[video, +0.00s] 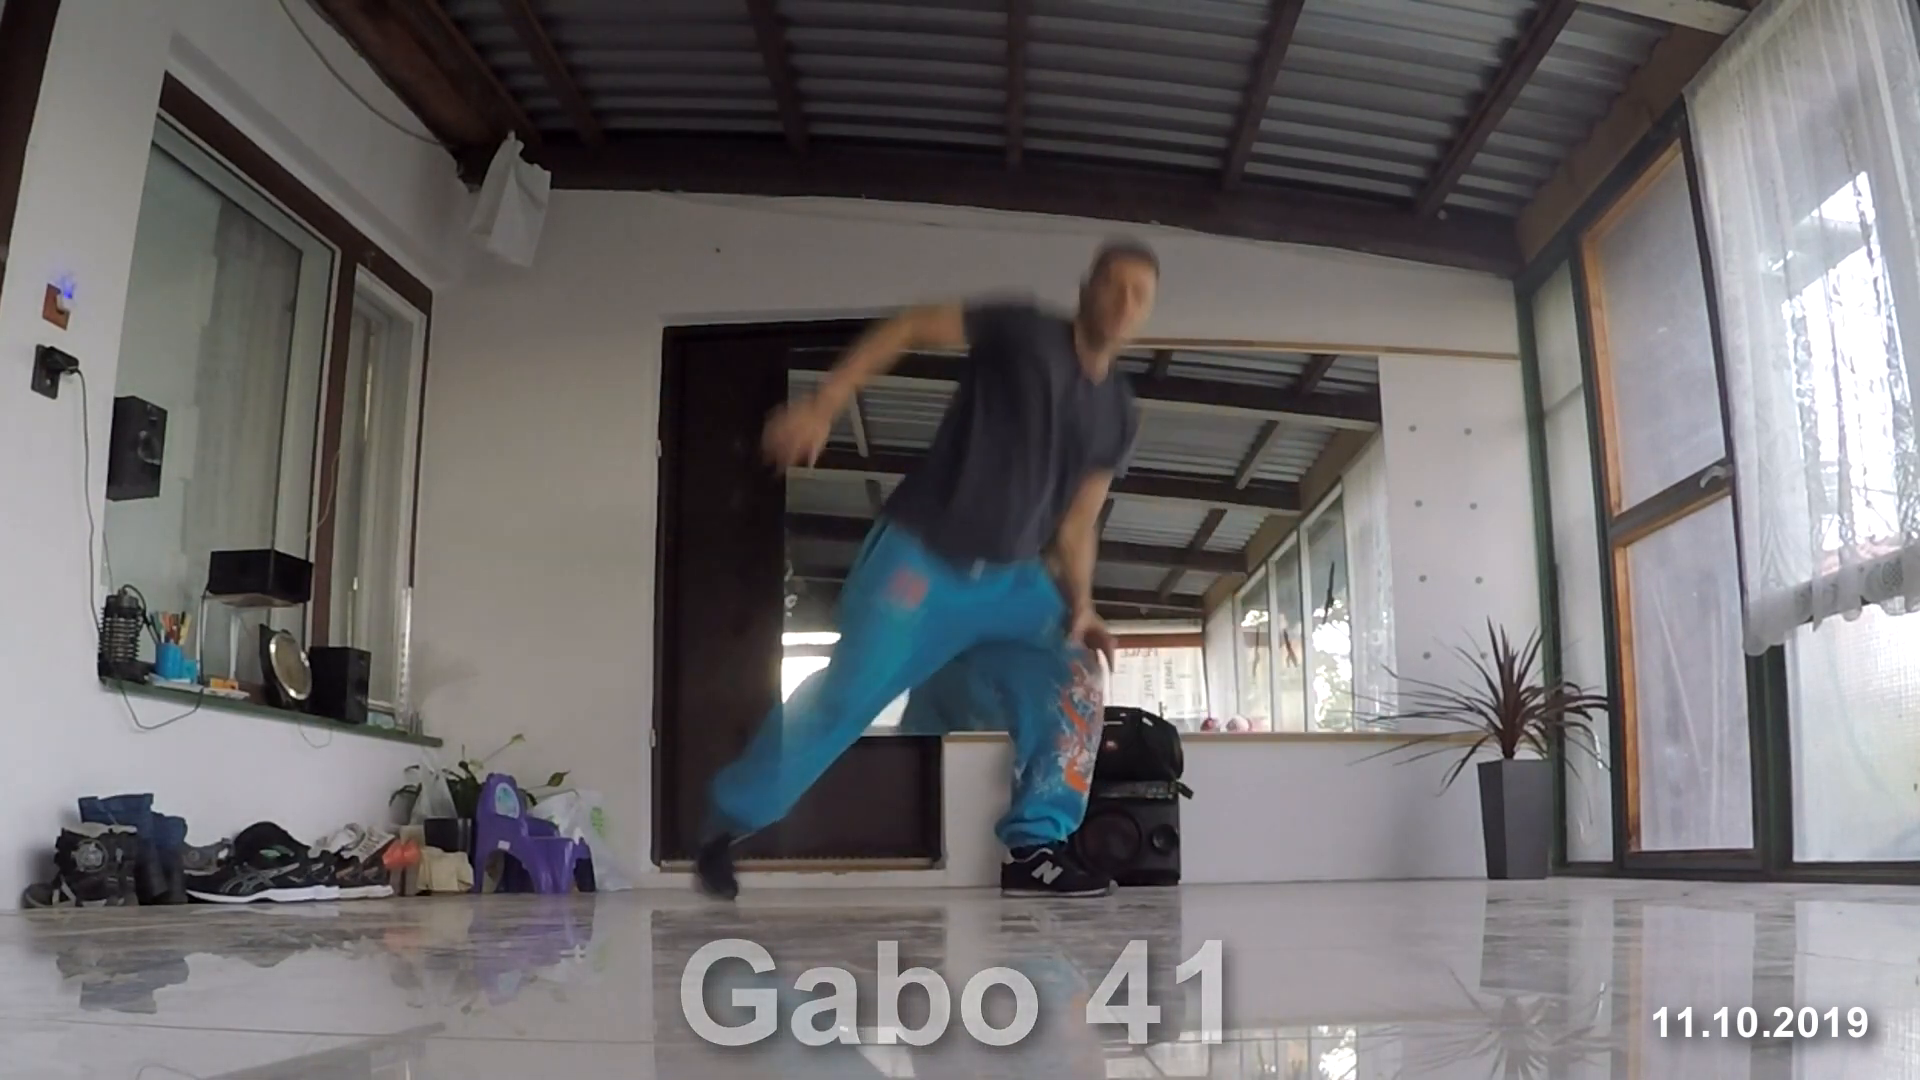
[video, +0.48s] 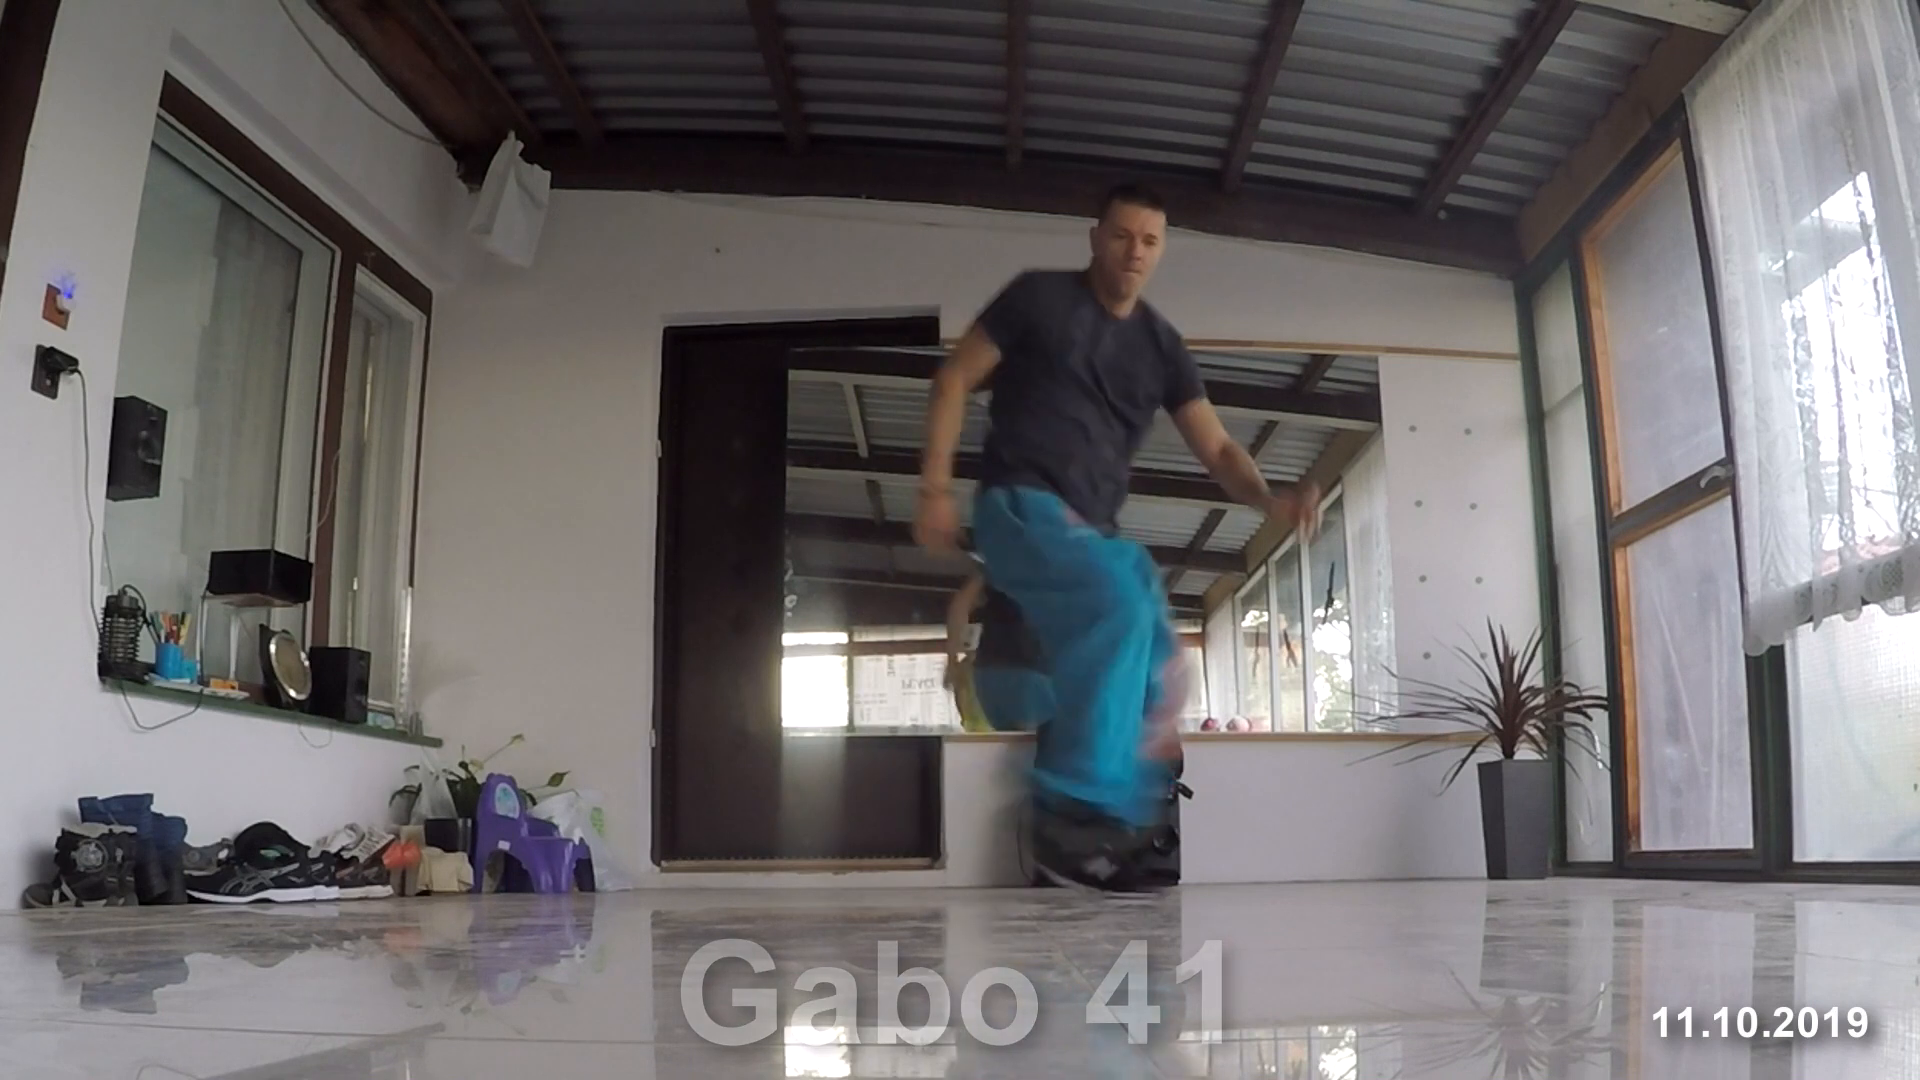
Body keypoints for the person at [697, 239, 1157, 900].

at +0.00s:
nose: (1122, 302)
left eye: (1137, 295)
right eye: (1113, 285)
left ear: (1147, 313)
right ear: (1087, 288)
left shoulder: (1118, 413)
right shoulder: (1023, 330)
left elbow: (1079, 523)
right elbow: (905, 328)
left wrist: (1082, 607)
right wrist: (821, 406)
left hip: (1014, 579)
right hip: (922, 557)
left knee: (1074, 681)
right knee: (850, 694)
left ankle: (1035, 849)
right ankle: (727, 825)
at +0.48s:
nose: (1134, 253)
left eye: (1149, 242)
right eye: (1122, 237)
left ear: (1161, 253)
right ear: (1095, 237)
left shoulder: (1162, 345)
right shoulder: (1038, 297)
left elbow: (1218, 449)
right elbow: (953, 378)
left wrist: (1270, 499)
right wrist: (936, 490)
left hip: (1093, 531)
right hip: (1019, 509)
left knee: (1151, 648)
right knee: (1117, 603)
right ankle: (1069, 815)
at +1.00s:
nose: (1166, 534)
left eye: (1182, 518)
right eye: (1150, 517)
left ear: (1204, 524)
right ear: (1126, 520)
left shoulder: (1229, 578)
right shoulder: (1071, 572)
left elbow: (1292, 589)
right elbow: (968, 598)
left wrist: (1259, 679)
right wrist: (1020, 691)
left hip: (1174, 774)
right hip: (1072, 770)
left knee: (1285, 715)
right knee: (1090, 679)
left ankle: (1178, 848)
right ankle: (1112, 853)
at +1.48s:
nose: (1027, 479)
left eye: (1037, 457)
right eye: (1008, 465)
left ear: (1052, 447)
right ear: (975, 468)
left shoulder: (1100, 465)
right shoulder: (978, 588)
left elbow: (1189, 374)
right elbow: (943, 727)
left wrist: (1246, 270)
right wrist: (909, 860)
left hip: (1180, 691)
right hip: (1103, 738)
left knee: (1296, 721)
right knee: (1246, 695)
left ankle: (1205, 838)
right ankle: (1406, 800)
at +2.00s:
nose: (857, 714)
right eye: (848, 705)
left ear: (872, 659)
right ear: (875, 666)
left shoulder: (977, 636)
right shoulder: (942, 678)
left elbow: (1099, 738)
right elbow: (923, 768)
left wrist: (1056, 890)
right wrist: (897, 875)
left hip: (1211, 702)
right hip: (1137, 738)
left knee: (1401, 801)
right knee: (1036, 776)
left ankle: (1585, 796)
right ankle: (1194, 830)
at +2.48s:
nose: (871, 643)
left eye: (868, 621)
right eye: (862, 635)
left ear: (898, 587)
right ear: (887, 623)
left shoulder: (999, 582)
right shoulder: (957, 648)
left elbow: (1060, 716)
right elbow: (934, 760)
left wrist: (1052, 874)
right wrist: (894, 877)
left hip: (1245, 606)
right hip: (1179, 670)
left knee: (1401, 705)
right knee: (1079, 749)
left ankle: (1612, 792)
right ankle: (1223, 840)